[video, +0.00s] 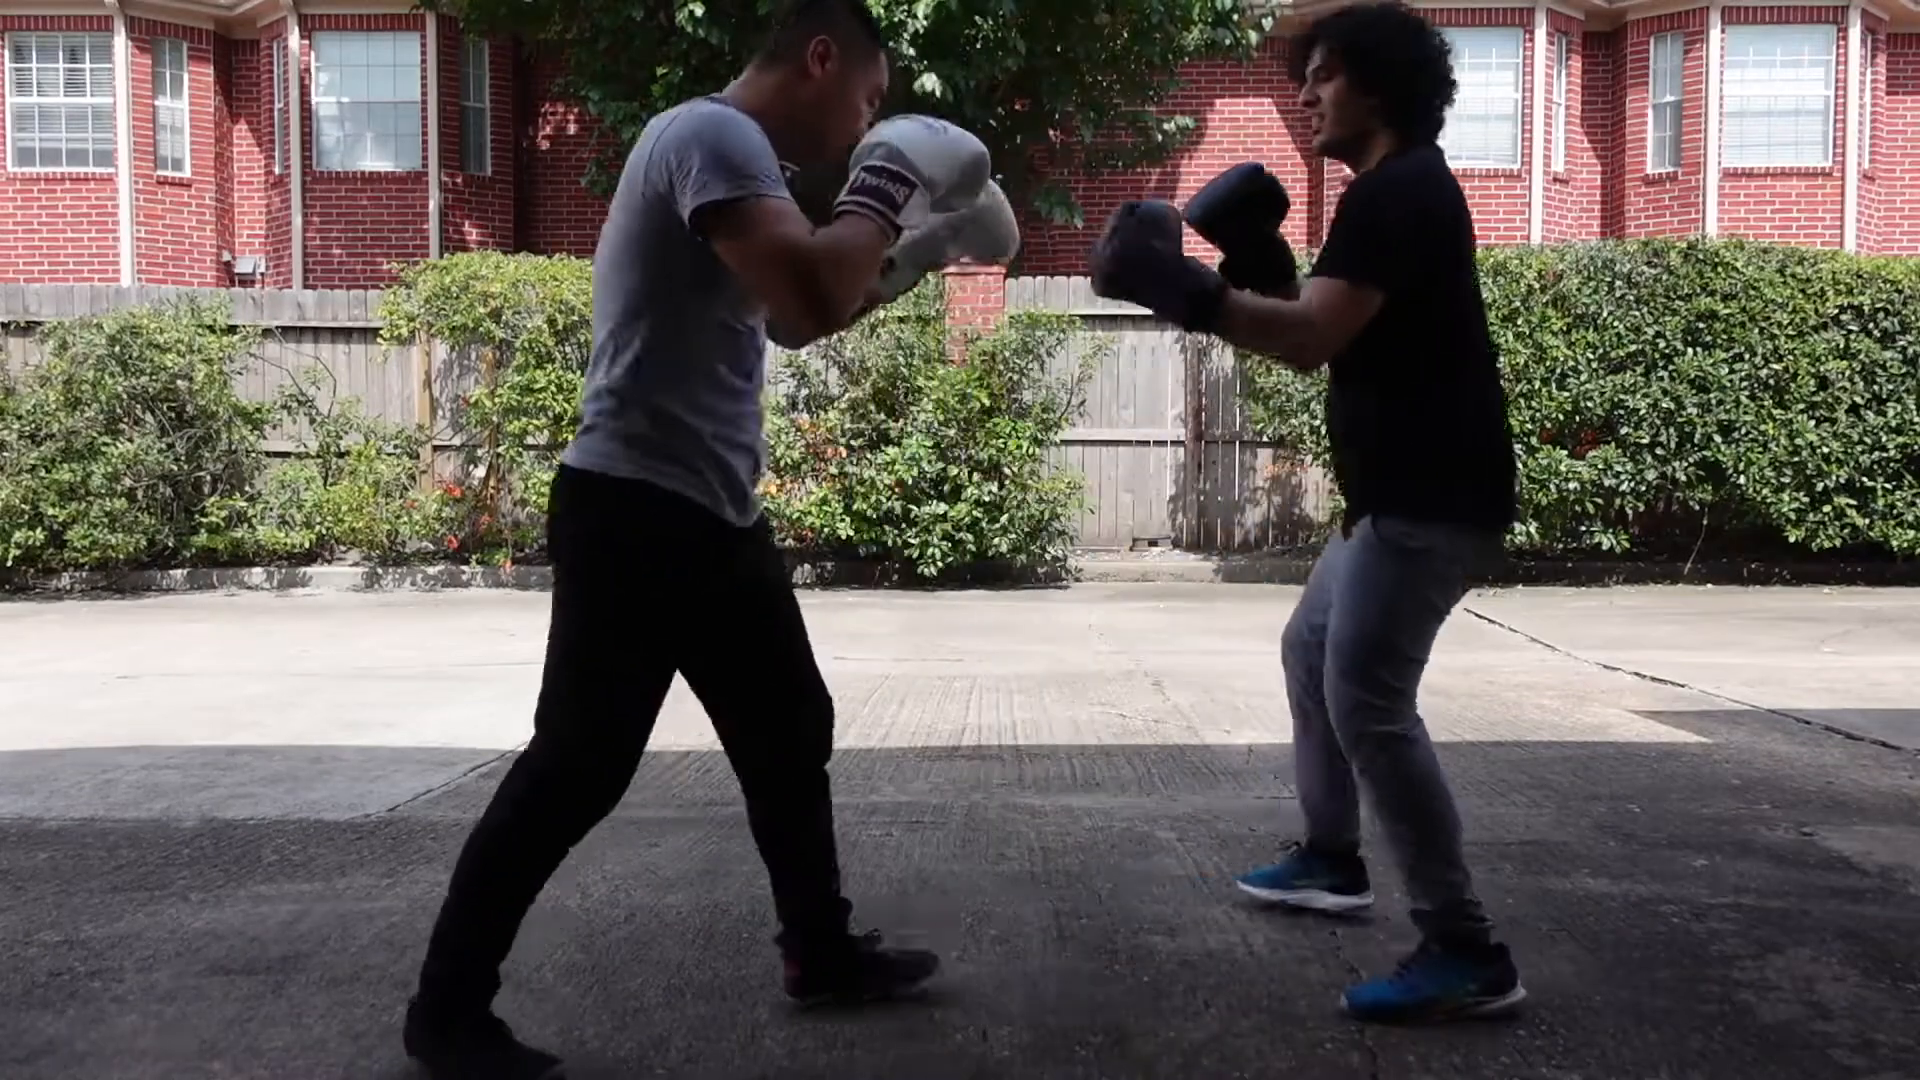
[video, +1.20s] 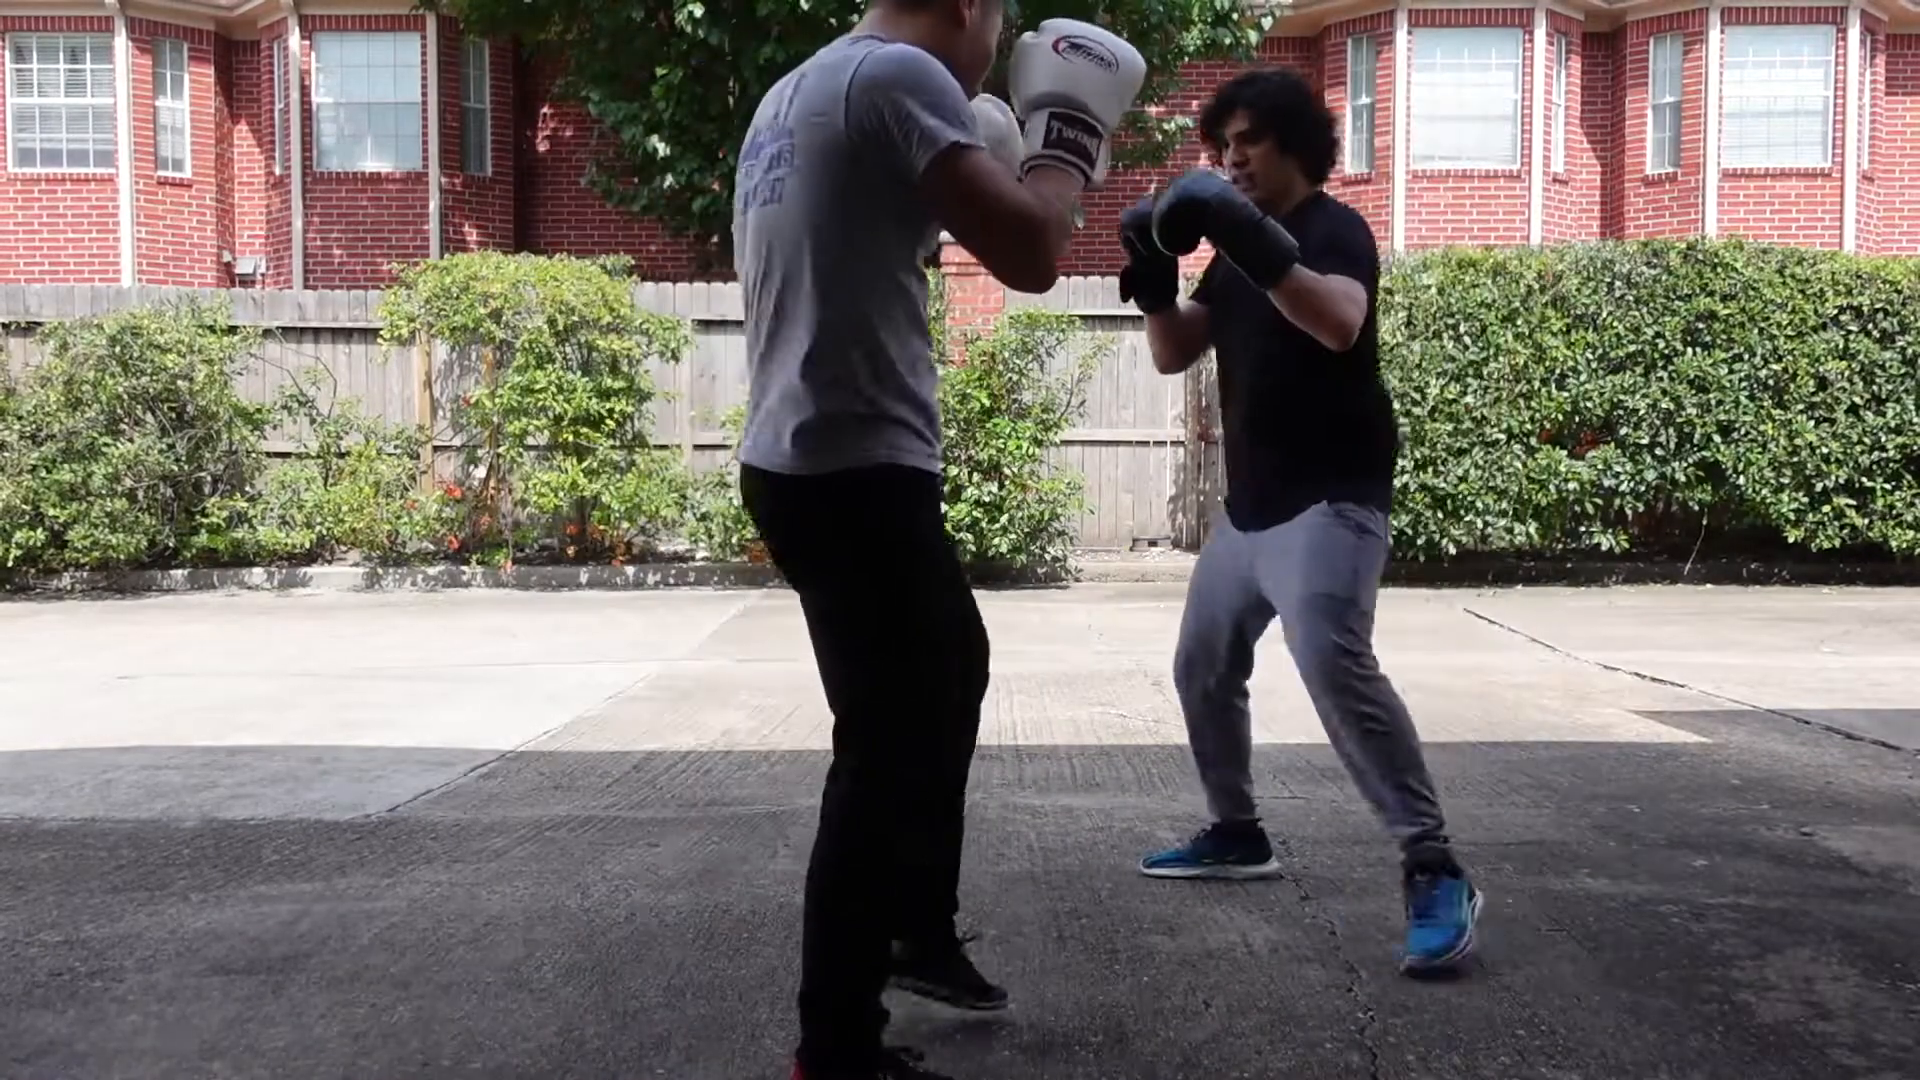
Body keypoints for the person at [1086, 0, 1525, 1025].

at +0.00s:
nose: (1304, 96)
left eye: (1322, 76)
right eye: (1307, 78)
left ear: (1378, 87)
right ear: (1382, 93)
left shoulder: (1396, 193)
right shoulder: (1396, 189)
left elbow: (1314, 335)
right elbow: (1330, 328)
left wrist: (1189, 295)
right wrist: (1265, 255)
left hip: (1431, 506)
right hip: (1403, 500)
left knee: (1369, 707)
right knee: (1308, 651)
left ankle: (1464, 951)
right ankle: (1331, 857)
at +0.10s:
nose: (1330, 87)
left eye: (1348, 66)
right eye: (1331, 68)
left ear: (1407, 74)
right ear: (1406, 81)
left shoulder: (1433, 177)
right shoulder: (1414, 174)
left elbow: (1335, 306)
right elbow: (1344, 307)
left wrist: (1217, 229)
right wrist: (1292, 233)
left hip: (1466, 488)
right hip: (1428, 477)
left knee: (1409, 690)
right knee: (1365, 638)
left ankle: (1468, 947)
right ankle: (1465, 841)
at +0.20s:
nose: (1351, 98)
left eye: (1367, 78)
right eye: (1350, 80)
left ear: (1423, 81)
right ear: (1410, 88)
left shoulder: (1463, 181)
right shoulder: (1446, 178)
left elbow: (1357, 298)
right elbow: (1366, 295)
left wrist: (1259, 203)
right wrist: (1308, 210)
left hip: (1489, 494)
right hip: (1470, 487)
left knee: (1434, 690)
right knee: (1467, 676)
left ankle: (1472, 948)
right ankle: (1582, 836)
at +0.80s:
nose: (1353, 132)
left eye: (1368, 112)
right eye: (1346, 117)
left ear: (1428, 112)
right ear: (1356, 127)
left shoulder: (1481, 206)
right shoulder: (1392, 219)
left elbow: (1443, 321)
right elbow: (1331, 348)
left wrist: (1346, 225)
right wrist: (1292, 264)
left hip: (1500, 496)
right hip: (1430, 498)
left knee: (1464, 690)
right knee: (1388, 664)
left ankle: (1536, 917)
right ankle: (1539, 812)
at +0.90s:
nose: (1329, 132)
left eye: (1343, 112)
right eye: (1322, 117)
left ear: (1406, 111)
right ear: (1323, 126)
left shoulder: (1456, 202)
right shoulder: (1350, 216)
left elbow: (1425, 302)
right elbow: (1289, 324)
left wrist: (1328, 208)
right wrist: (1257, 242)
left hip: (1469, 496)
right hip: (1386, 496)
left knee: (1459, 688)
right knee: (1328, 648)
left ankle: (1536, 915)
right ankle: (1401, 823)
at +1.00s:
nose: (1298, 142)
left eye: (1314, 123)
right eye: (1294, 127)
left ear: (1372, 124)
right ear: (1304, 137)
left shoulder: (1421, 207)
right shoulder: (1316, 229)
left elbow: (1383, 285)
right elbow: (1240, 328)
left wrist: (1296, 186)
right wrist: (1221, 237)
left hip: (1426, 498)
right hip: (1342, 499)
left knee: (1440, 690)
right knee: (1287, 664)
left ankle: (1532, 912)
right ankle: (1274, 820)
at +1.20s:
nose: (1235, 164)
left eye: (1249, 144)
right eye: (1226, 150)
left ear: (1302, 145)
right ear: (1222, 162)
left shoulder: (1337, 231)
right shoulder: (1235, 249)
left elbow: (1342, 324)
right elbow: (1175, 348)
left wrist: (1245, 235)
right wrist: (1151, 274)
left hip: (1332, 504)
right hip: (1249, 508)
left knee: (1329, 662)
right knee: (1202, 670)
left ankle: (1432, 870)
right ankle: (1235, 832)